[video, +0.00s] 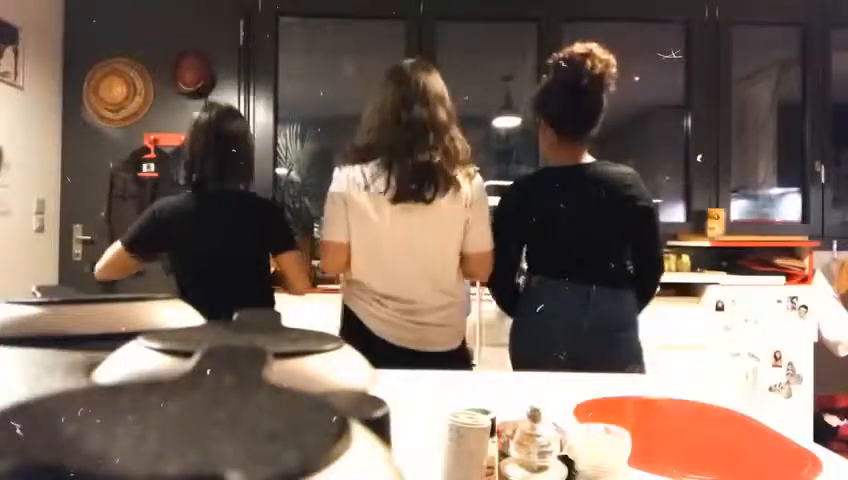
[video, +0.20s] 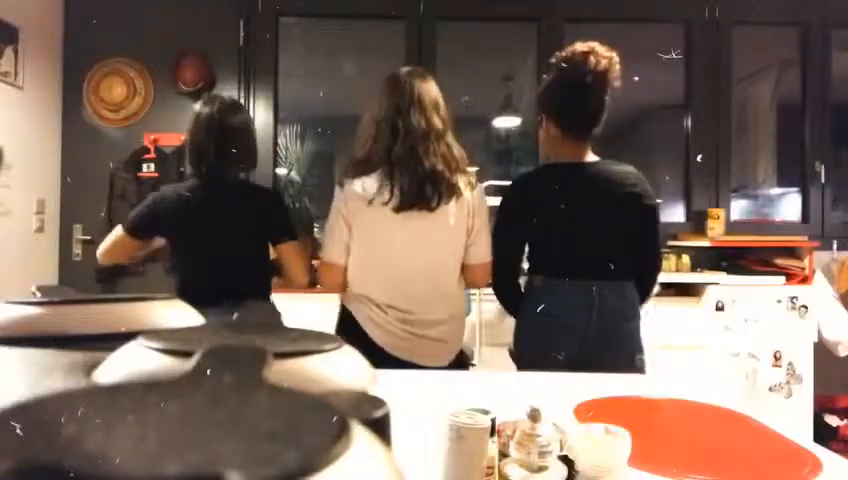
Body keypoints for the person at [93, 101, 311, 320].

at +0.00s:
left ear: (192, 156)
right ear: (245, 155)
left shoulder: (169, 213)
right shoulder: (265, 212)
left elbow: (104, 270)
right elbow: (301, 285)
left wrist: (153, 252)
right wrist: (271, 270)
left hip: (200, 344)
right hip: (261, 345)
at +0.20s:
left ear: (192, 144)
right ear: (247, 145)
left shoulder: (170, 201)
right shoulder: (265, 200)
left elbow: (107, 255)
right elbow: (299, 277)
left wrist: (159, 247)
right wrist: (261, 261)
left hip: (195, 332)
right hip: (260, 331)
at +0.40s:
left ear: (195, 144)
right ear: (250, 142)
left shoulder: (174, 202)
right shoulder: (272, 202)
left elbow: (111, 258)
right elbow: (302, 279)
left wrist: (163, 244)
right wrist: (264, 263)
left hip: (196, 336)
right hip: (260, 337)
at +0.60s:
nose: (184, 165)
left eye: (188, 155)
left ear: (196, 162)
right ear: (249, 158)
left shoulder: (183, 215)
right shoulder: (276, 211)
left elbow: (120, 276)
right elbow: (304, 287)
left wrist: (171, 259)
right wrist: (271, 270)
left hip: (205, 342)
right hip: (266, 342)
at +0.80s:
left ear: (198, 152)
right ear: (256, 149)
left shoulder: (180, 202)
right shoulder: (279, 202)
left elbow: (119, 263)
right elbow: (300, 281)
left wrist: (172, 249)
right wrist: (267, 264)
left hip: (197, 325)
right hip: (262, 326)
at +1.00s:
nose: (260, 148)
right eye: (256, 143)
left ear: (198, 153)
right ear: (253, 149)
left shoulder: (181, 203)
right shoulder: (277, 202)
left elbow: (117, 264)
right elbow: (303, 279)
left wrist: (169, 252)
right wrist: (270, 262)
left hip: (194, 330)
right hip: (258, 332)